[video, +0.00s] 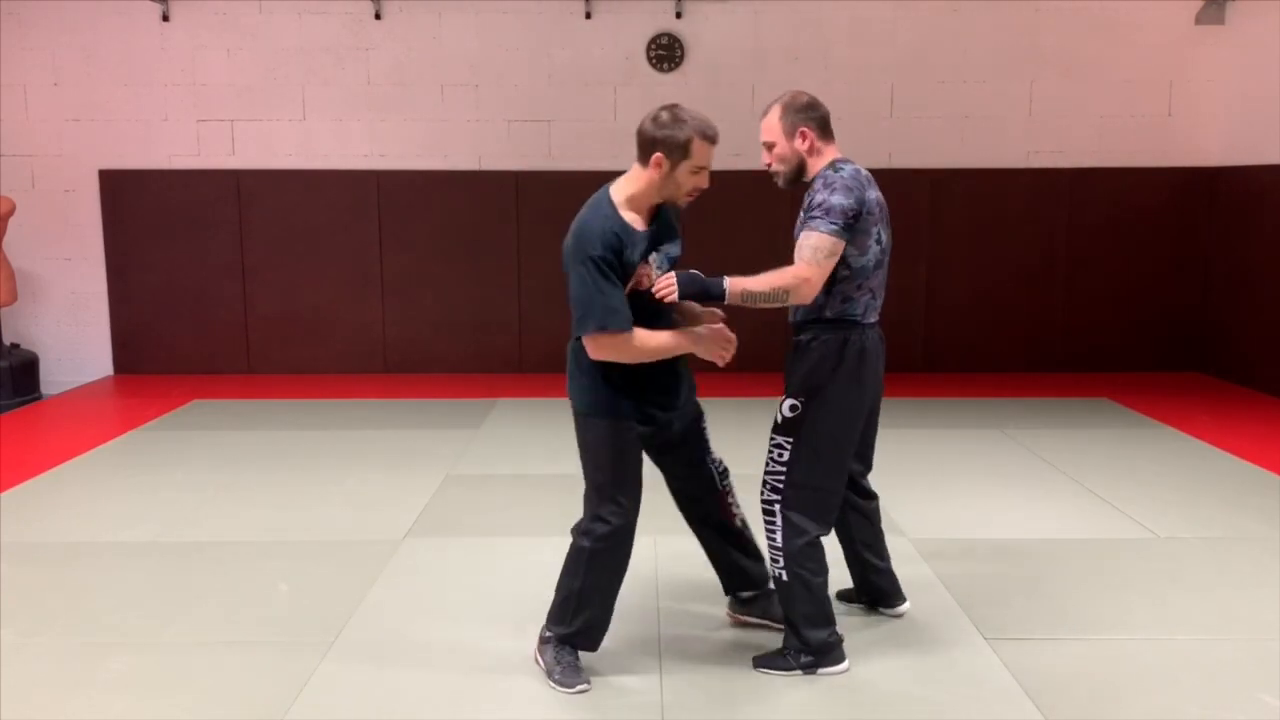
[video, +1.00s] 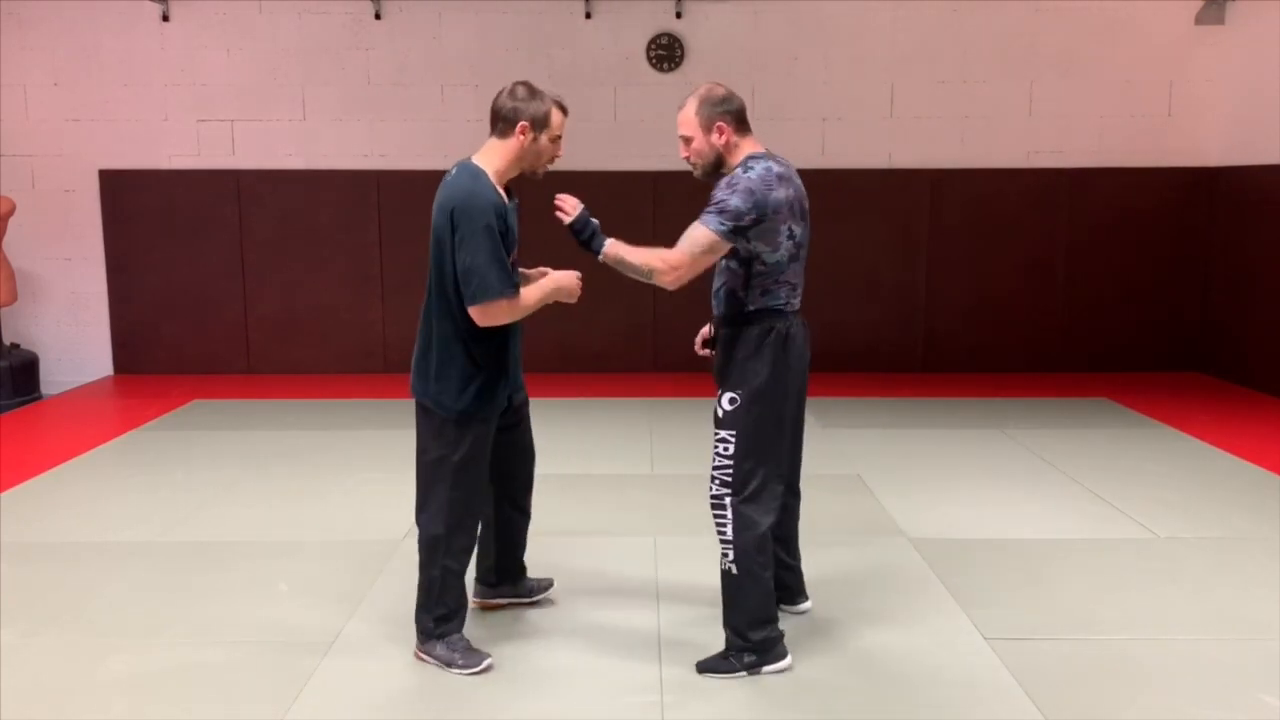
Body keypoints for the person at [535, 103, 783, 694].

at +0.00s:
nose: (705, 184)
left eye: (708, 172)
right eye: (699, 172)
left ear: (661, 164)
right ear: (658, 163)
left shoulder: (660, 211)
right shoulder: (593, 235)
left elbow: (663, 294)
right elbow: (604, 344)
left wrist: (702, 319)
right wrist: (690, 342)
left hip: (663, 378)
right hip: (605, 389)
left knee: (706, 489)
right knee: (611, 516)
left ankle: (750, 593)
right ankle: (560, 639)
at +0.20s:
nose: (661, 151)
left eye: (663, 139)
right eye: (657, 139)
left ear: (621, 133)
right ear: (622, 133)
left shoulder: (607, 191)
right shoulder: (565, 205)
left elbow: (607, 284)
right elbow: (561, 315)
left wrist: (644, 297)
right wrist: (637, 309)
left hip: (619, 377)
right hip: (573, 387)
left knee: (633, 483)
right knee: (584, 513)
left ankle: (608, 583)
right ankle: (557, 638)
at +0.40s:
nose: (645, 153)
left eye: (646, 141)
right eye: (638, 141)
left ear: (604, 140)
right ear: (604, 139)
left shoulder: (589, 201)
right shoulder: (541, 199)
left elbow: (576, 287)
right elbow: (524, 298)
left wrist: (613, 305)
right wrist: (605, 307)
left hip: (567, 378)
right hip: (531, 382)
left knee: (553, 486)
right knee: (560, 500)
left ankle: (513, 585)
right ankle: (552, 636)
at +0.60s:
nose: (618, 152)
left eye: (620, 141)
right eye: (613, 139)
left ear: (581, 135)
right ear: (581, 133)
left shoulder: (559, 195)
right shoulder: (516, 189)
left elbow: (545, 280)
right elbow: (493, 282)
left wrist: (580, 299)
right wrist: (573, 299)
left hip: (542, 375)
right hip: (501, 376)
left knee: (541, 489)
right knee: (506, 498)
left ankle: (522, 583)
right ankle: (478, 627)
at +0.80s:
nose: (583, 149)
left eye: (584, 138)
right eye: (578, 137)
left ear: (542, 134)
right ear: (549, 134)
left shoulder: (516, 194)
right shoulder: (494, 198)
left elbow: (512, 284)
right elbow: (496, 304)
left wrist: (556, 295)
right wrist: (559, 297)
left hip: (515, 381)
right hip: (476, 385)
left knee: (522, 490)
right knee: (464, 510)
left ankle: (516, 587)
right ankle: (439, 630)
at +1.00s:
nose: (558, 153)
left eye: (560, 140)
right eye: (555, 140)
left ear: (519, 132)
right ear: (524, 133)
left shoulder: (491, 187)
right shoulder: (472, 199)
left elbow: (484, 277)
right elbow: (487, 309)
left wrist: (527, 279)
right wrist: (546, 290)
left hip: (495, 376)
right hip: (456, 384)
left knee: (511, 480)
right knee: (452, 511)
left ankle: (500, 579)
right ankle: (437, 632)